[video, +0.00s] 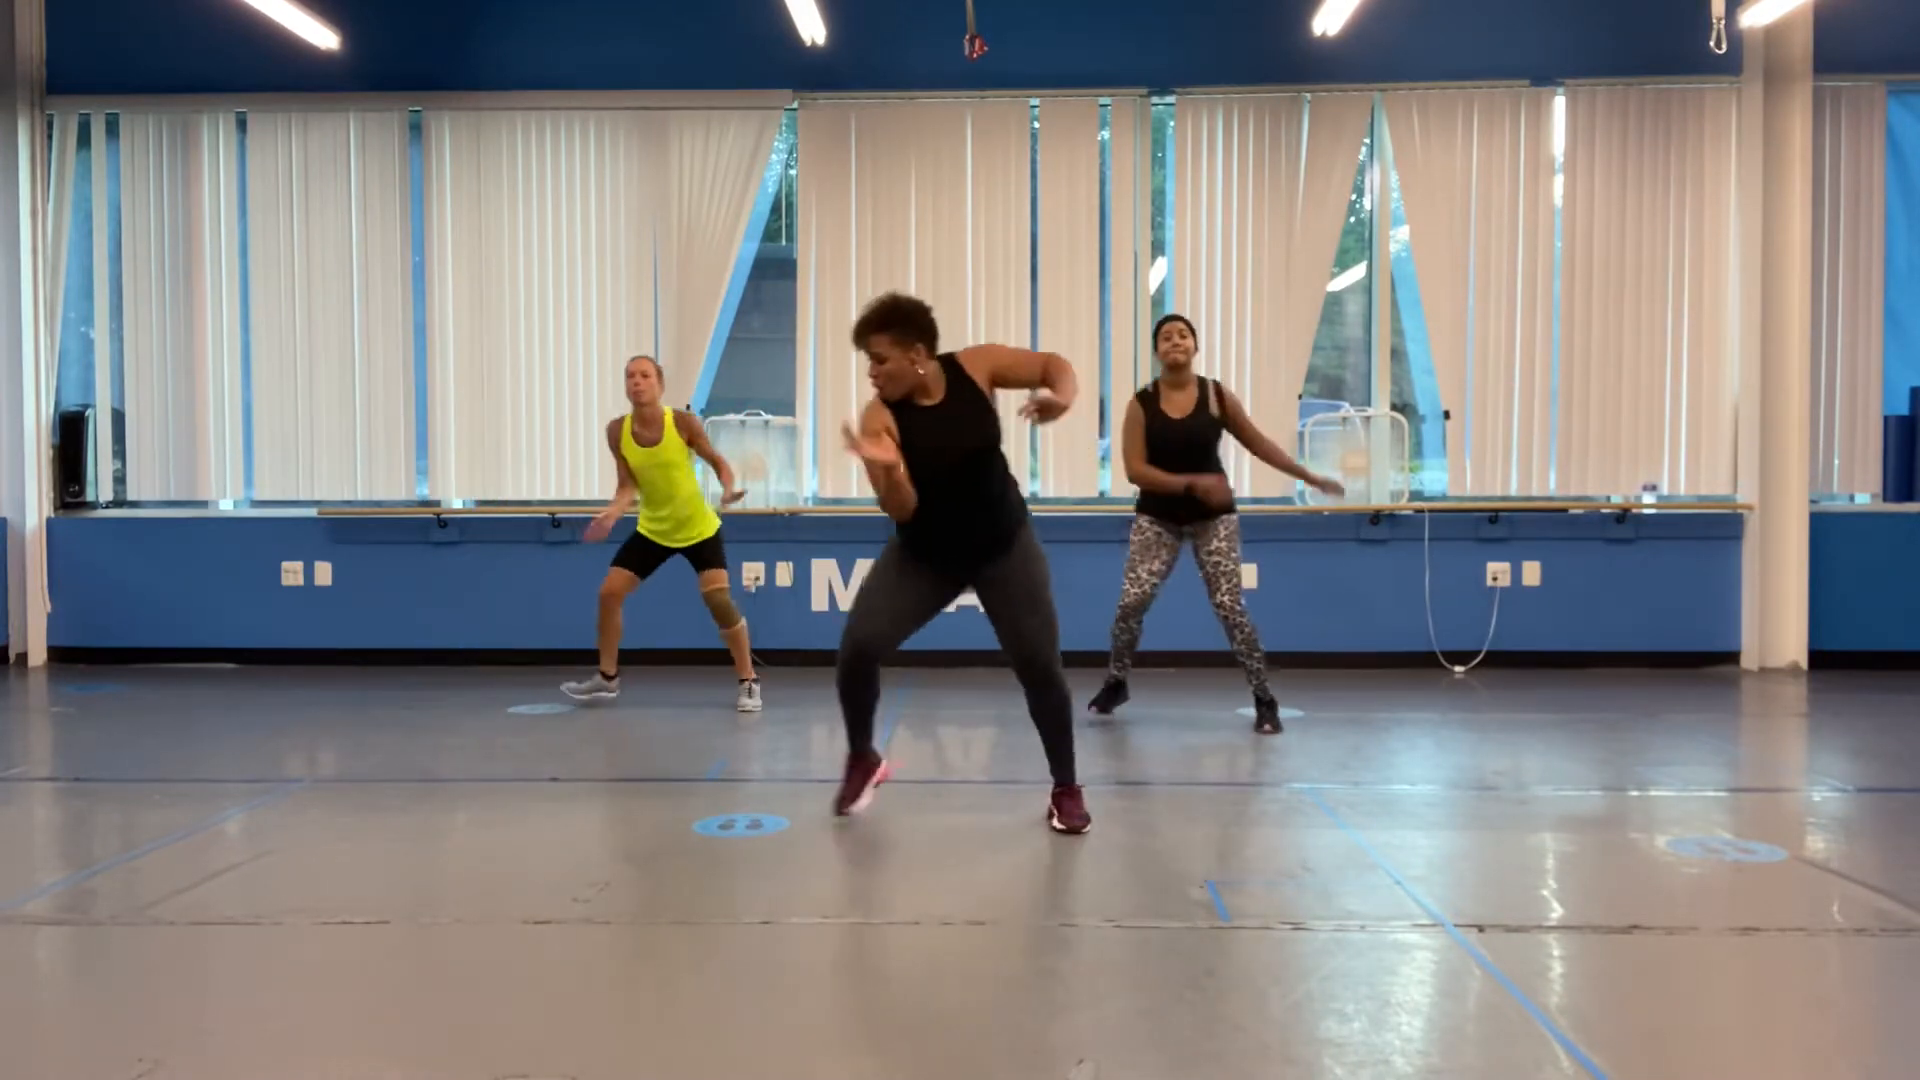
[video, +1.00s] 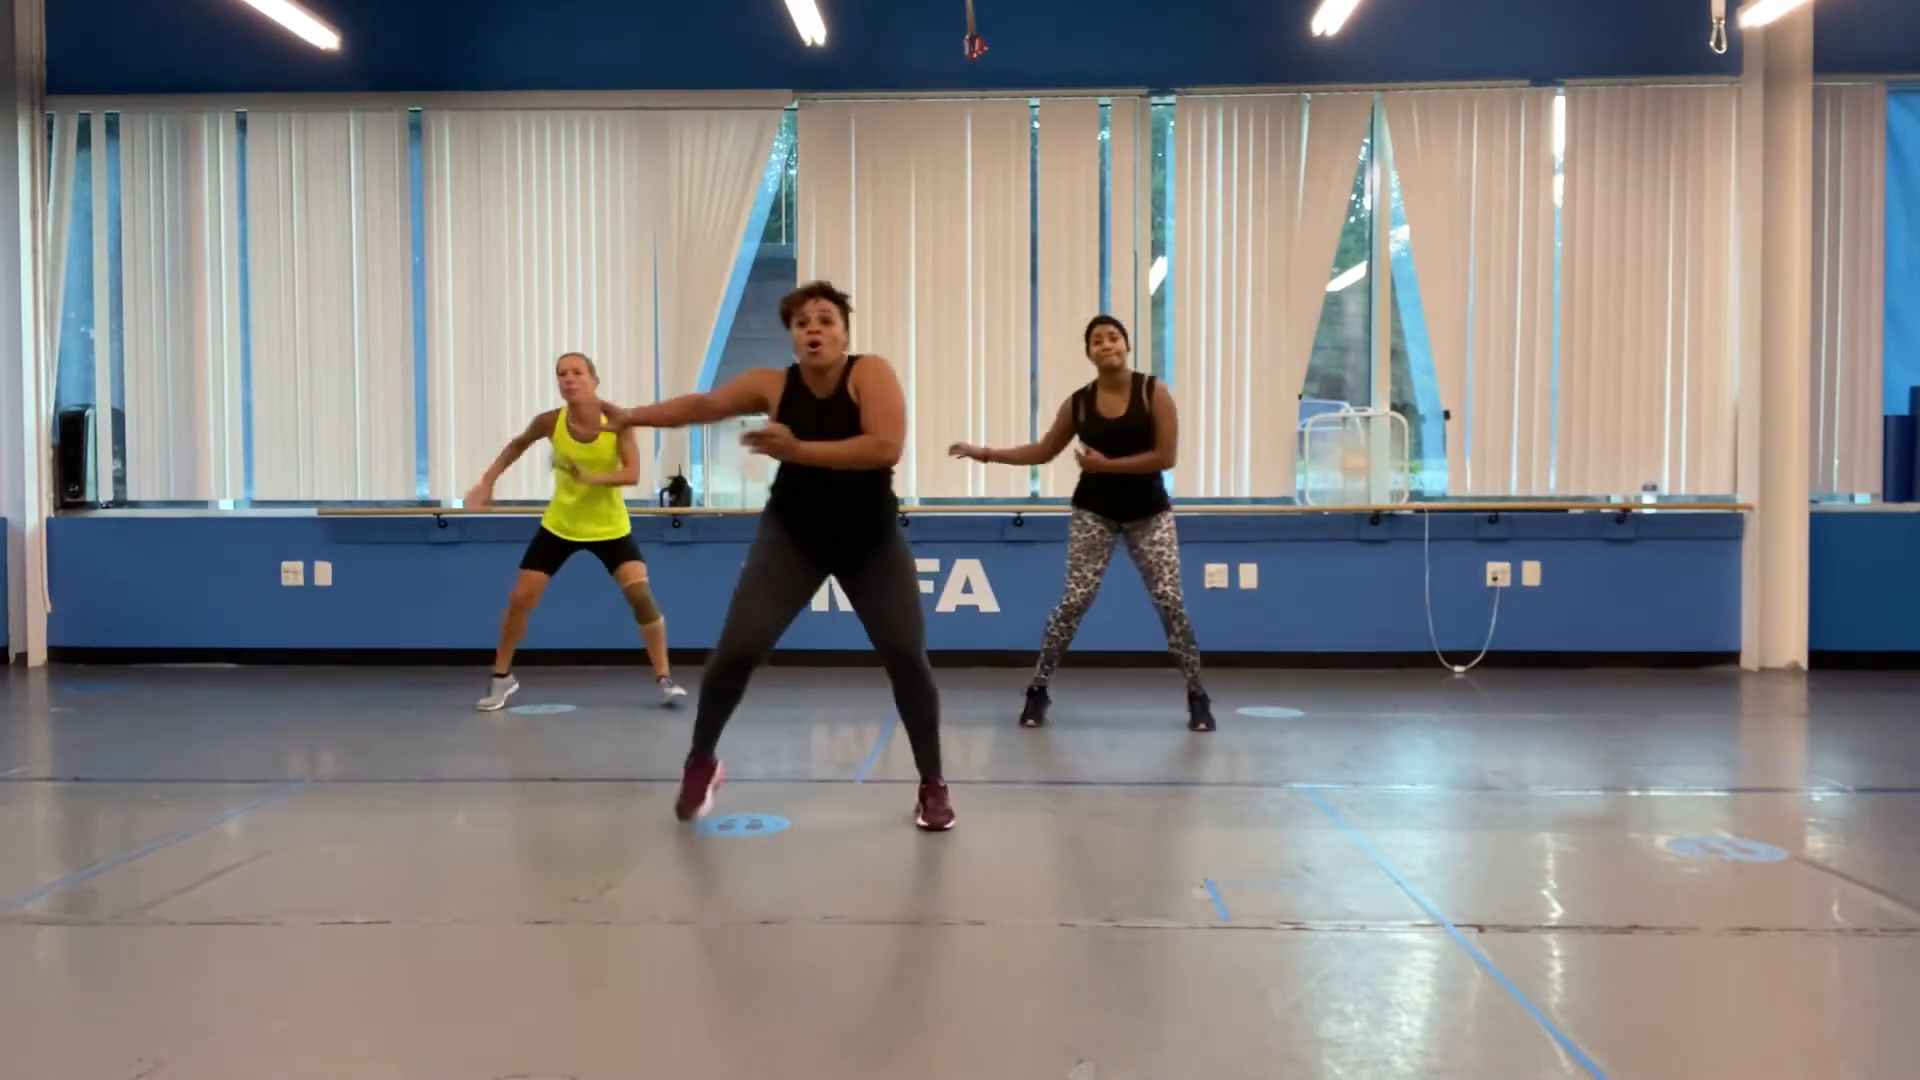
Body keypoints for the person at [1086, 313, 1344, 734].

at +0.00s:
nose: (1175, 342)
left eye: (1182, 336)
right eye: (1166, 338)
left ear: (1195, 346)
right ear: (1156, 351)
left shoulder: (1216, 395)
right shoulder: (1141, 404)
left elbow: (1258, 444)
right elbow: (1134, 471)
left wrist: (1310, 477)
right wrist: (1191, 483)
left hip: (1213, 518)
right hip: (1156, 519)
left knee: (1228, 607)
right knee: (1132, 601)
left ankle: (1264, 700)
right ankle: (1115, 681)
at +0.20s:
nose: (1146, 347)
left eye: (1152, 341)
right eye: (1137, 342)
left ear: (1164, 352)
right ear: (1125, 354)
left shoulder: (1182, 400)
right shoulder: (1108, 402)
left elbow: (1222, 436)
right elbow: (1095, 458)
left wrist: (1280, 448)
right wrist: (1151, 434)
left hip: (1177, 518)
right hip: (1123, 521)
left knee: (1195, 601)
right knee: (1117, 609)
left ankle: (1223, 689)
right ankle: (1107, 693)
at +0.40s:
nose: (1117, 339)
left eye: (1125, 333)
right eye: (1109, 334)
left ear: (1137, 344)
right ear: (1097, 347)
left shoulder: (1159, 389)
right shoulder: (1084, 400)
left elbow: (1206, 421)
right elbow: (1078, 458)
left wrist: (1255, 440)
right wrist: (1132, 434)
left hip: (1161, 515)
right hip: (1106, 516)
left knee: (1172, 604)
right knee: (1081, 600)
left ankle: (1202, 695)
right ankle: (1078, 681)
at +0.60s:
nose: (1086, 353)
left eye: (1094, 348)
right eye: (1078, 348)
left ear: (1105, 360)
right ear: (1066, 360)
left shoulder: (1123, 405)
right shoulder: (1048, 410)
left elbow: (1172, 437)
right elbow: (1033, 469)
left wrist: (1229, 457)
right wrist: (1080, 442)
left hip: (1130, 522)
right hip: (1074, 526)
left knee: (1153, 604)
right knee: (1057, 606)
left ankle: (1196, 679)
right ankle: (1040, 696)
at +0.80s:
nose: (1081, 357)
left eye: (1089, 350)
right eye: (1073, 352)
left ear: (1101, 360)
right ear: (1062, 364)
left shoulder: (1123, 411)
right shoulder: (1046, 418)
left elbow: (1142, 473)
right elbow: (1014, 470)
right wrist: (1000, 515)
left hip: (1122, 522)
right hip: (1068, 525)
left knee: (1146, 608)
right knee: (1055, 608)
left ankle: (1164, 690)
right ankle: (1040, 696)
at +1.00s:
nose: (1107, 345)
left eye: (1113, 338)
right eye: (1098, 342)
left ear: (1127, 346)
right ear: (1089, 354)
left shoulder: (1155, 395)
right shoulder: (1077, 404)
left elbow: (1166, 458)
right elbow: (1043, 452)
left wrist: (1106, 465)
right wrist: (985, 454)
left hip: (1149, 512)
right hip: (1094, 513)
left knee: (1169, 601)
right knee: (1076, 599)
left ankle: (1197, 697)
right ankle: (1037, 692)